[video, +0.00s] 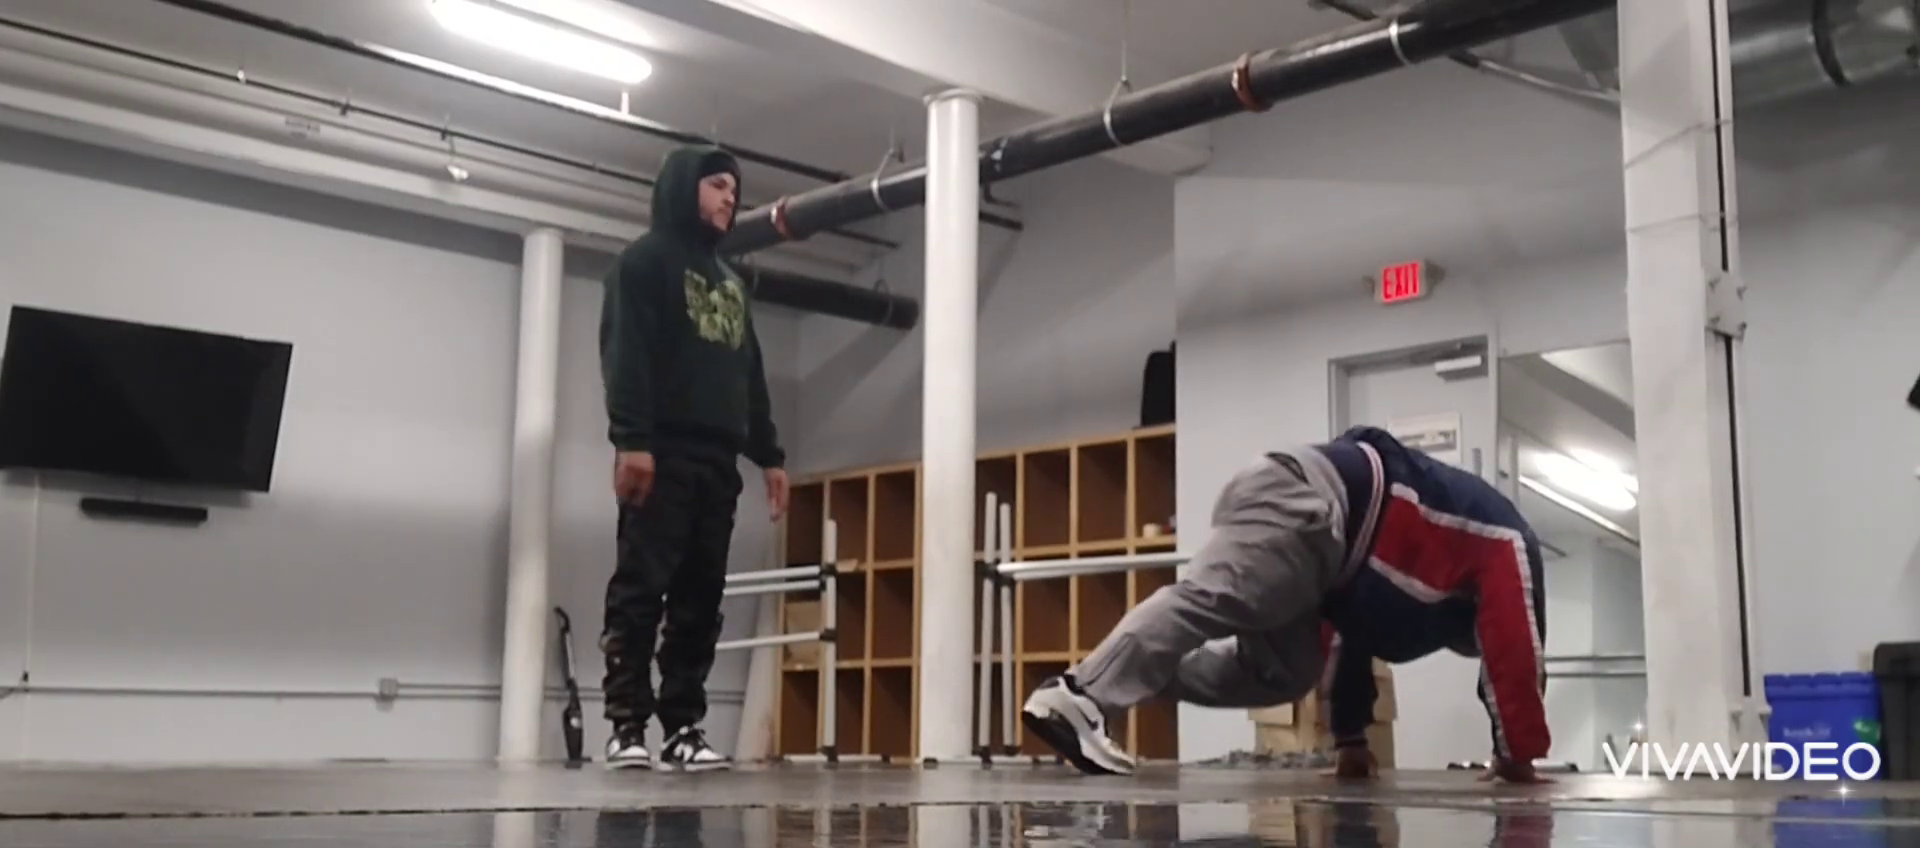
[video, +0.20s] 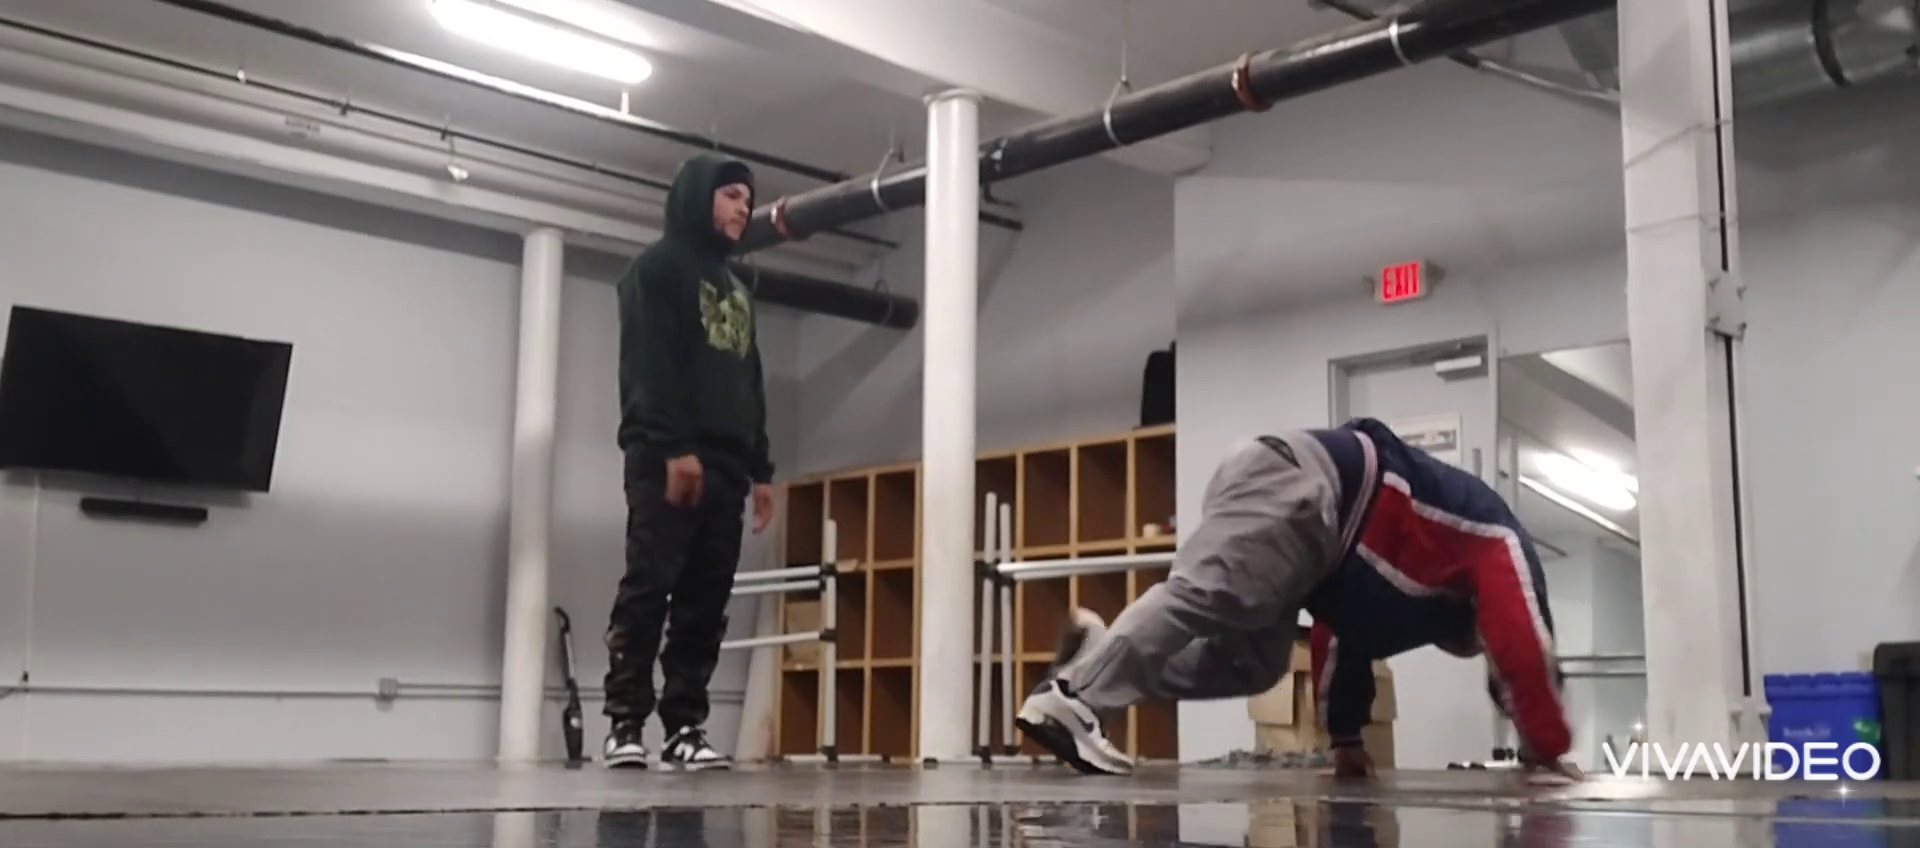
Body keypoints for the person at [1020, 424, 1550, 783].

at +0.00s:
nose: (1501, 646)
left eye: (1512, 633)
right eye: (1513, 631)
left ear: (1497, 597)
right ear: (1522, 586)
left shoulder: (1420, 600)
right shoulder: (1508, 537)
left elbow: (1353, 649)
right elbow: (1512, 652)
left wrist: (1350, 743)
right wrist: (1523, 755)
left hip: (1315, 572)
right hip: (1309, 498)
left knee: (1278, 672)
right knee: (1213, 599)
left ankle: (1138, 671)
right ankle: (1078, 697)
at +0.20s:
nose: (1477, 662)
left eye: (1483, 661)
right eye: (1490, 660)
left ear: (1470, 623)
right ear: (1498, 639)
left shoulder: (1403, 601)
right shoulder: (1497, 539)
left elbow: (1344, 650)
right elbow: (1521, 649)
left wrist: (1347, 741)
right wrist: (1552, 750)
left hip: (1304, 549)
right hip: (1299, 479)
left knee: (1255, 663)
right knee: (1208, 597)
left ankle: (1106, 653)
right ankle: (1070, 701)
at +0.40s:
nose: (1493, 642)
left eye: (1488, 632)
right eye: (1501, 640)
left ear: (1467, 607)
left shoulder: (1397, 585)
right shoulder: (1521, 529)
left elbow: (1365, 646)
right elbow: (1531, 646)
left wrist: (1357, 745)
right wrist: (1570, 758)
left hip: (1271, 441)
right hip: (1340, 464)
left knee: (1218, 584)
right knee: (1213, 606)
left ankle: (1100, 590)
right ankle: (1071, 713)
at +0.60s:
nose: (1513, 638)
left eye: (1520, 635)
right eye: (1526, 632)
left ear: (1504, 605)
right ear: (1542, 595)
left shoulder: (1426, 591)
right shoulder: (1550, 532)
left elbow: (1408, 659)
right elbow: (1578, 645)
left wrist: (1419, 748)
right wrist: (1610, 750)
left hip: (1294, 436)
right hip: (1357, 463)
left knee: (1253, 596)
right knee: (1225, 605)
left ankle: (1136, 546)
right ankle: (1071, 714)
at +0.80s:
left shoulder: (1485, 586)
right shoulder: (1604, 557)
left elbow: (1426, 645)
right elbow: (1601, 689)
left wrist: (1436, 748)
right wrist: (1648, 773)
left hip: (1366, 442)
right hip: (1421, 507)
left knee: (1273, 552)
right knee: (1239, 630)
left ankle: (1178, 536)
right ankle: (1078, 717)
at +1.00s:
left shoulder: (1506, 575)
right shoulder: (1624, 547)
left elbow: (1454, 645)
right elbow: (1618, 680)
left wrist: (1457, 751)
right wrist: (1645, 764)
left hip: (1351, 463)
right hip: (1419, 516)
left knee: (1323, 591)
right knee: (1244, 640)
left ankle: (1211, 597)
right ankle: (1077, 720)